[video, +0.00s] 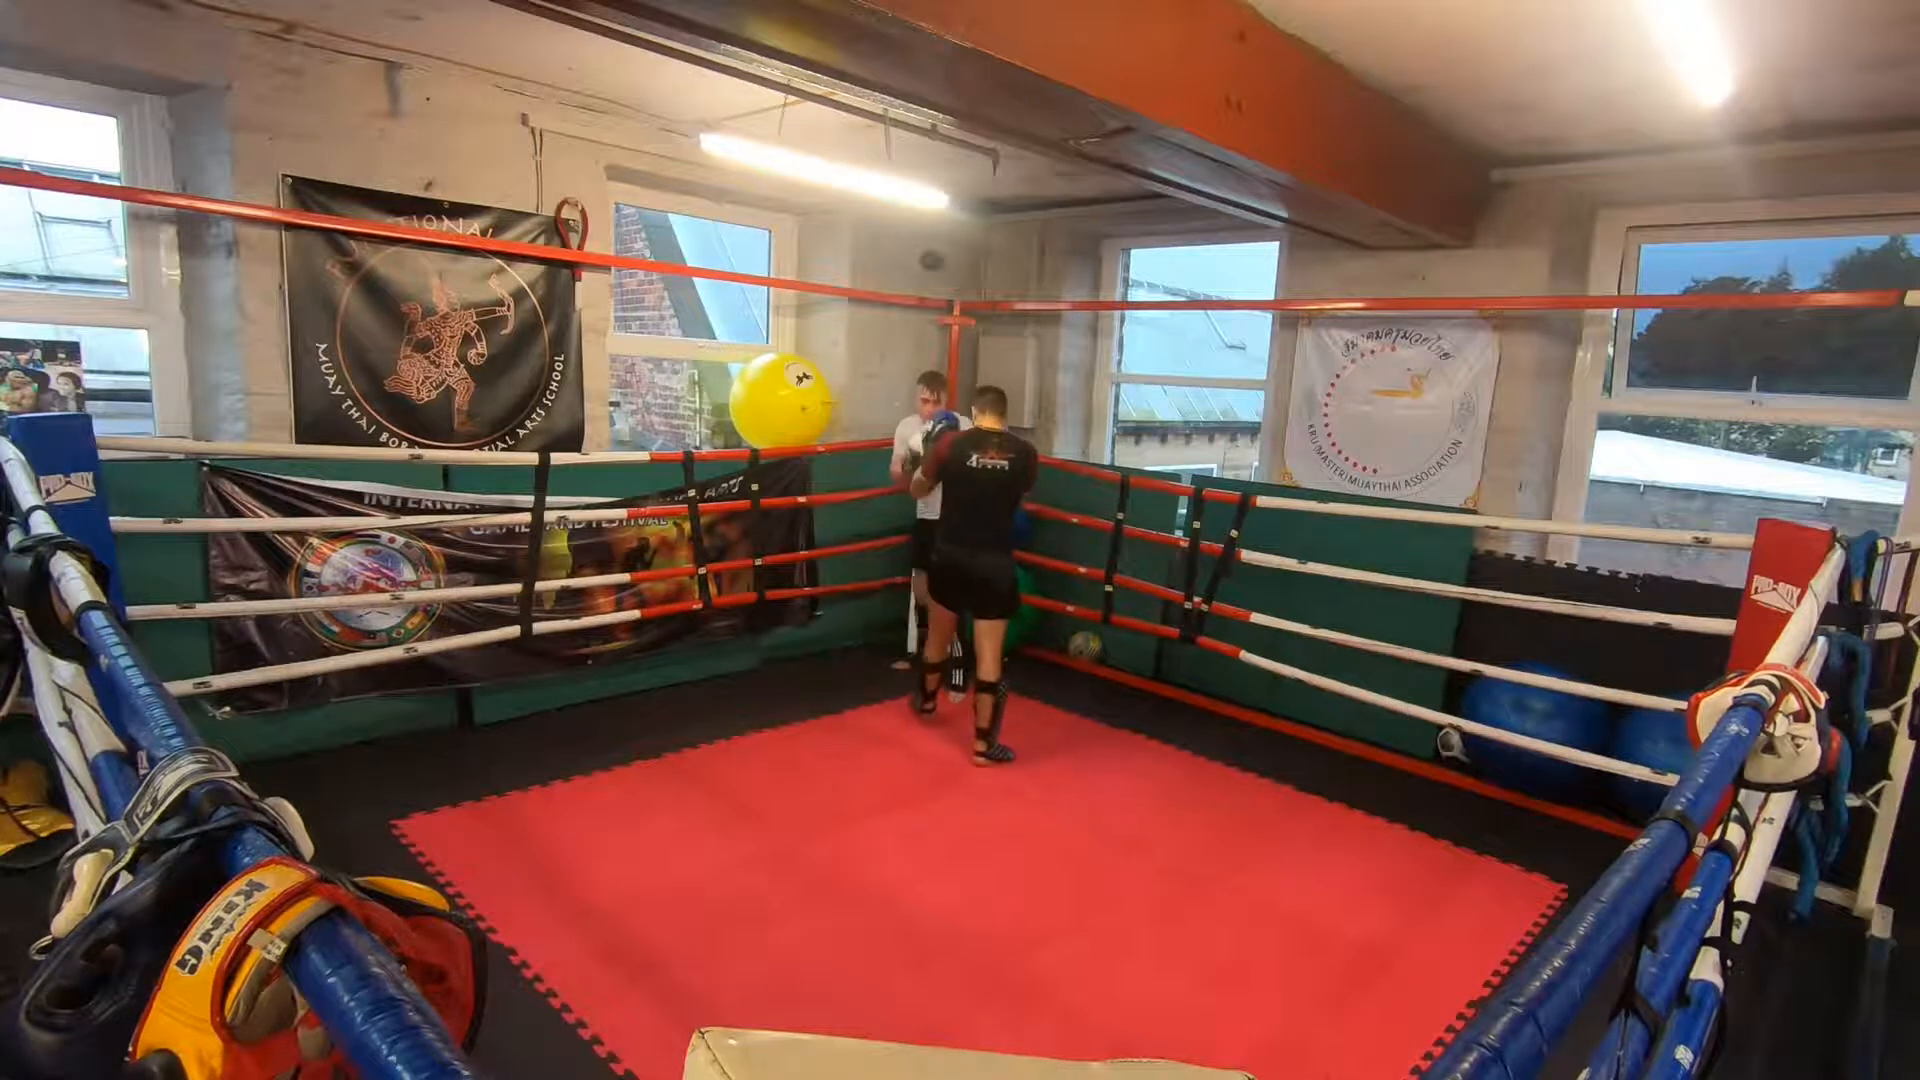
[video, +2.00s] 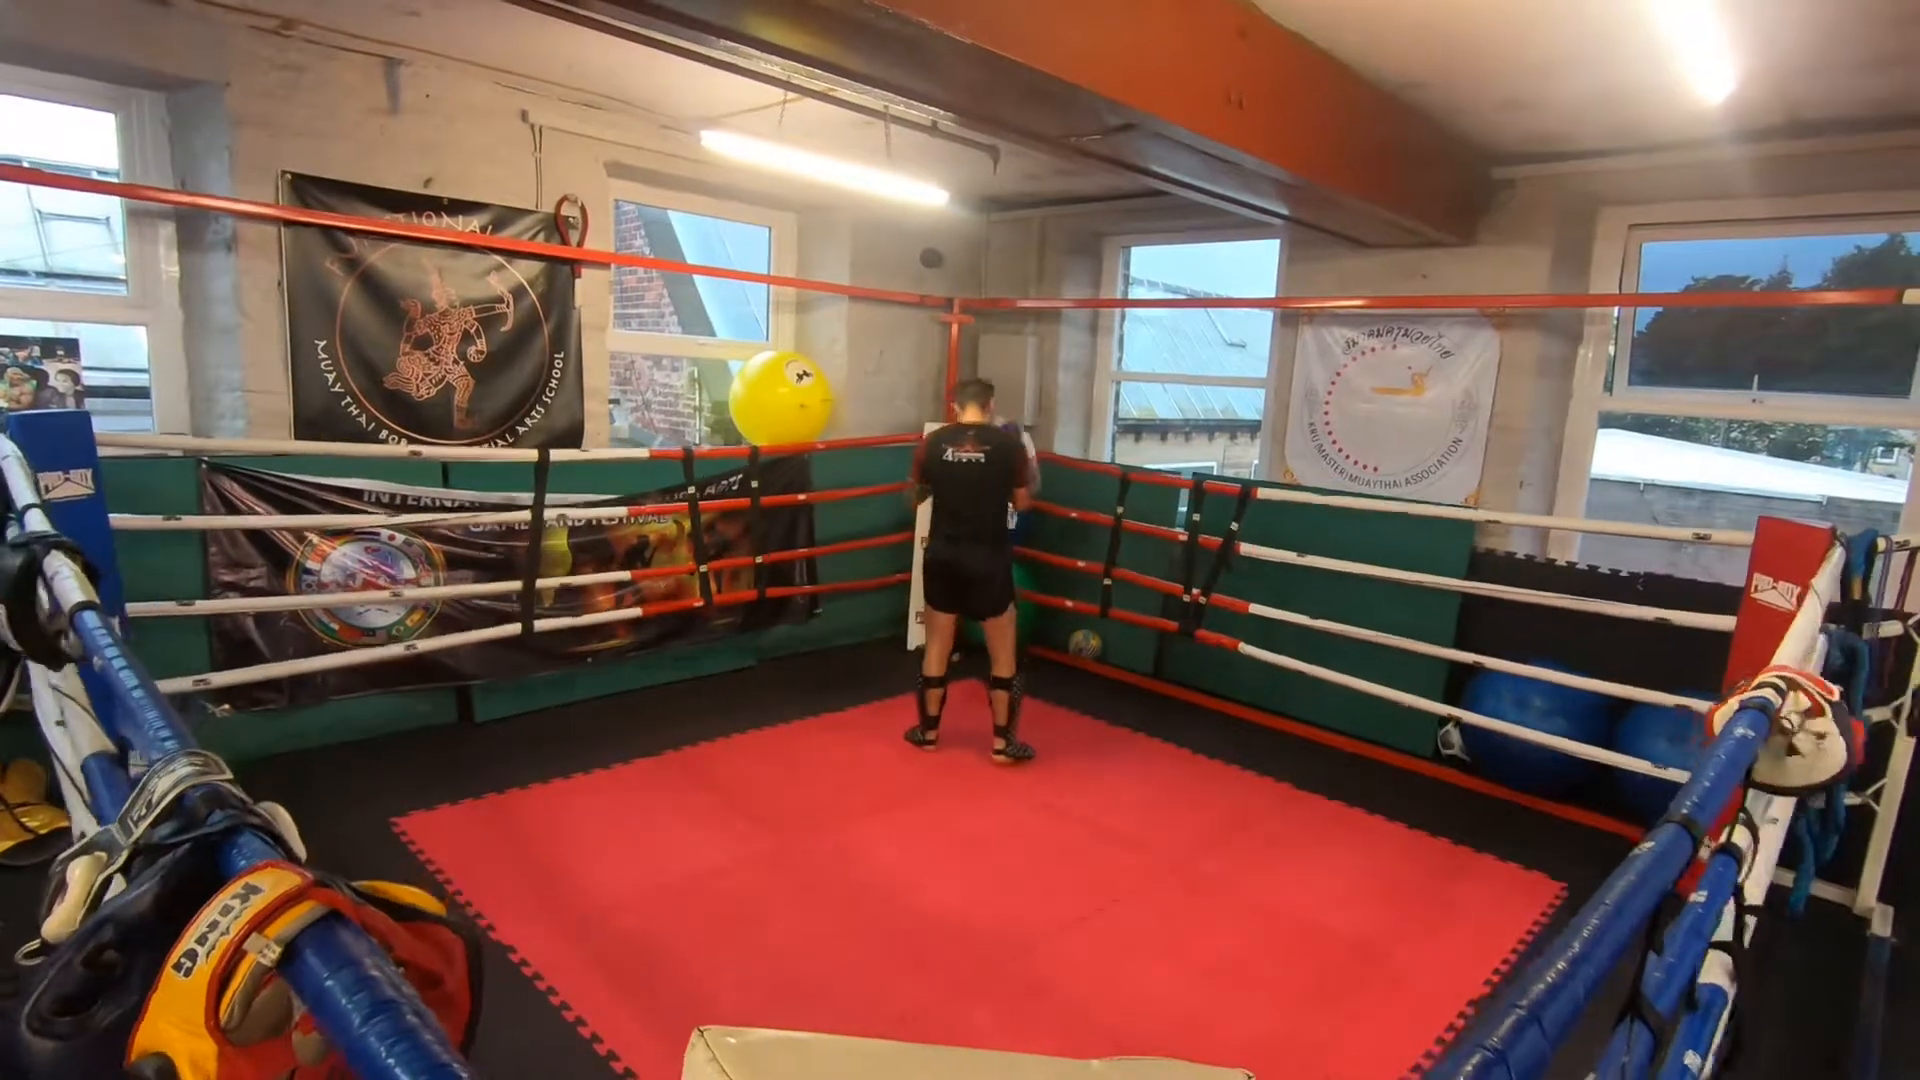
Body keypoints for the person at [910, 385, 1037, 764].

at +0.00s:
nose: (976, 417)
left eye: (974, 410)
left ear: (974, 412)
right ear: (1005, 414)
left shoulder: (950, 443)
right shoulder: (1025, 453)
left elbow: (919, 488)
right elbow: (1021, 493)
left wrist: (910, 470)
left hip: (949, 557)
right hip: (994, 562)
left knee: (938, 636)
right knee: (989, 654)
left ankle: (927, 701)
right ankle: (984, 743)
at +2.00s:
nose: (980, 414)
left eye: (961, 408)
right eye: (987, 407)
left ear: (953, 408)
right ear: (990, 408)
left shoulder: (931, 444)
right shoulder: (1010, 445)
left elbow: (917, 494)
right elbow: (1023, 502)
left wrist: (946, 467)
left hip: (942, 562)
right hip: (990, 564)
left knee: (937, 646)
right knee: (1002, 655)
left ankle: (929, 730)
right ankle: (1002, 742)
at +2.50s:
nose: (1042, 425)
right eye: (1042, 421)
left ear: (1003, 415)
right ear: (1040, 421)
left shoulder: (981, 443)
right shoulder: (1055, 456)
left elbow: (965, 466)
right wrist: (1036, 432)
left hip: (976, 564)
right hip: (1020, 570)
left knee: (969, 648)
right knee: (1014, 665)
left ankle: (962, 728)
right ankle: (1006, 755)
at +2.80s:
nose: (1069, 438)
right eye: (1071, 432)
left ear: (1035, 425)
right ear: (1071, 434)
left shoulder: (1003, 457)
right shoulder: (1079, 476)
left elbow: (978, 496)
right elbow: (1070, 509)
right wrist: (1054, 459)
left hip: (993, 580)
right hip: (1040, 589)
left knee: (977, 655)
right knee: (1060, 684)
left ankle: (965, 730)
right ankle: (1055, 768)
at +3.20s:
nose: (1071, 423)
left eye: (1071, 417)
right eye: (1080, 419)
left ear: (1073, 417)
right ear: (1109, 420)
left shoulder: (1047, 454)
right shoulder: (1126, 469)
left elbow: (998, 500)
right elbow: (1087, 498)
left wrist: (996, 463)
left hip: (1037, 587)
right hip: (1088, 595)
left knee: (1006, 663)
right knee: (1071, 684)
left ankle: (1009, 759)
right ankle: (1057, 779)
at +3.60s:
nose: (1058, 429)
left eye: (1058, 422)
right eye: (1060, 423)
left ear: (1066, 421)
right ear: (1099, 419)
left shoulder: (1056, 460)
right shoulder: (1129, 464)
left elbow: (1025, 528)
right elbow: (1103, 519)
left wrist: (1003, 511)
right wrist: (1038, 505)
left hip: (1062, 595)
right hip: (1109, 596)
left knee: (1047, 697)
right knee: (1102, 682)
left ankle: (1054, 801)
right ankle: (1118, 780)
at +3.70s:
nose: (1059, 441)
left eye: (1058, 436)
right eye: (1060, 436)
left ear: (1067, 432)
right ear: (1098, 430)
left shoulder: (1066, 470)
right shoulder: (1125, 472)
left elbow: (1042, 540)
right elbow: (1097, 521)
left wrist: (1000, 531)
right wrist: (1056, 478)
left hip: (1070, 607)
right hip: (1118, 607)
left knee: (1011, 688)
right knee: (1126, 700)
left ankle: (1032, 787)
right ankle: (1180, 791)